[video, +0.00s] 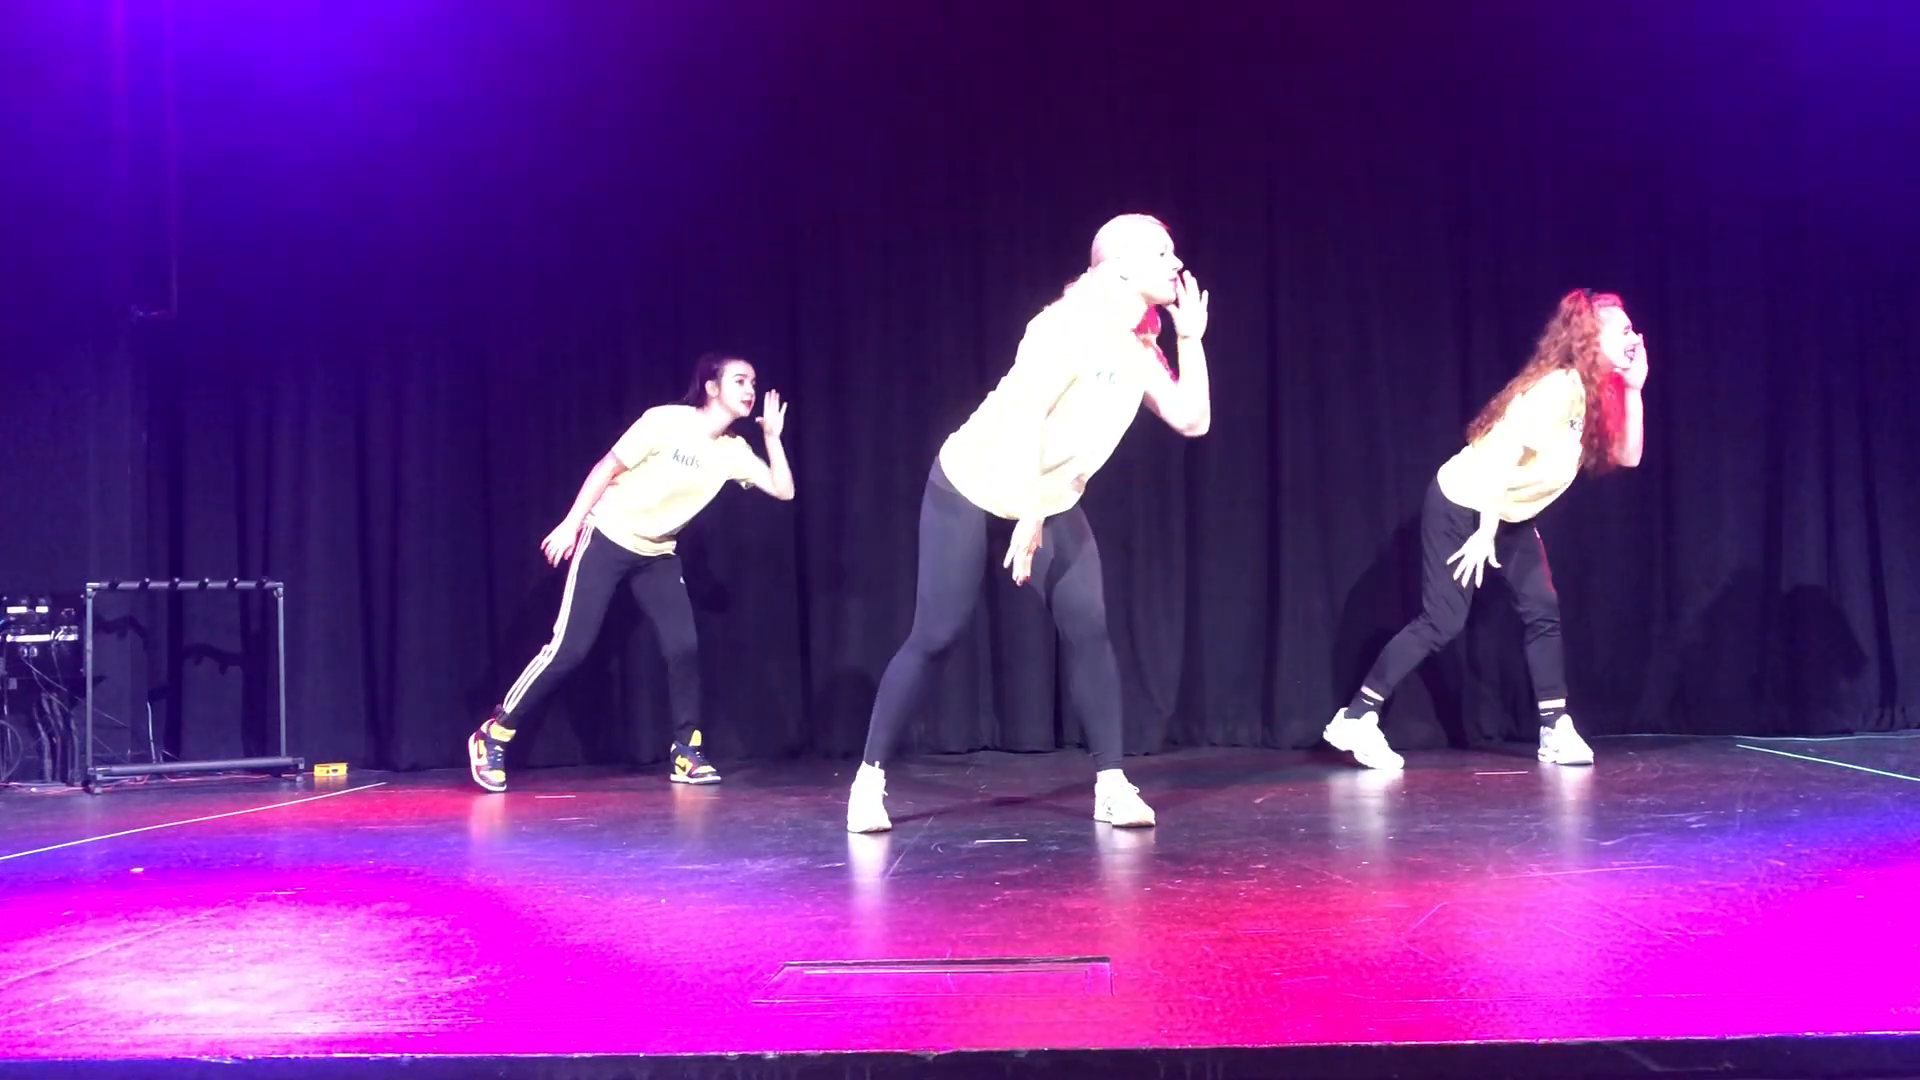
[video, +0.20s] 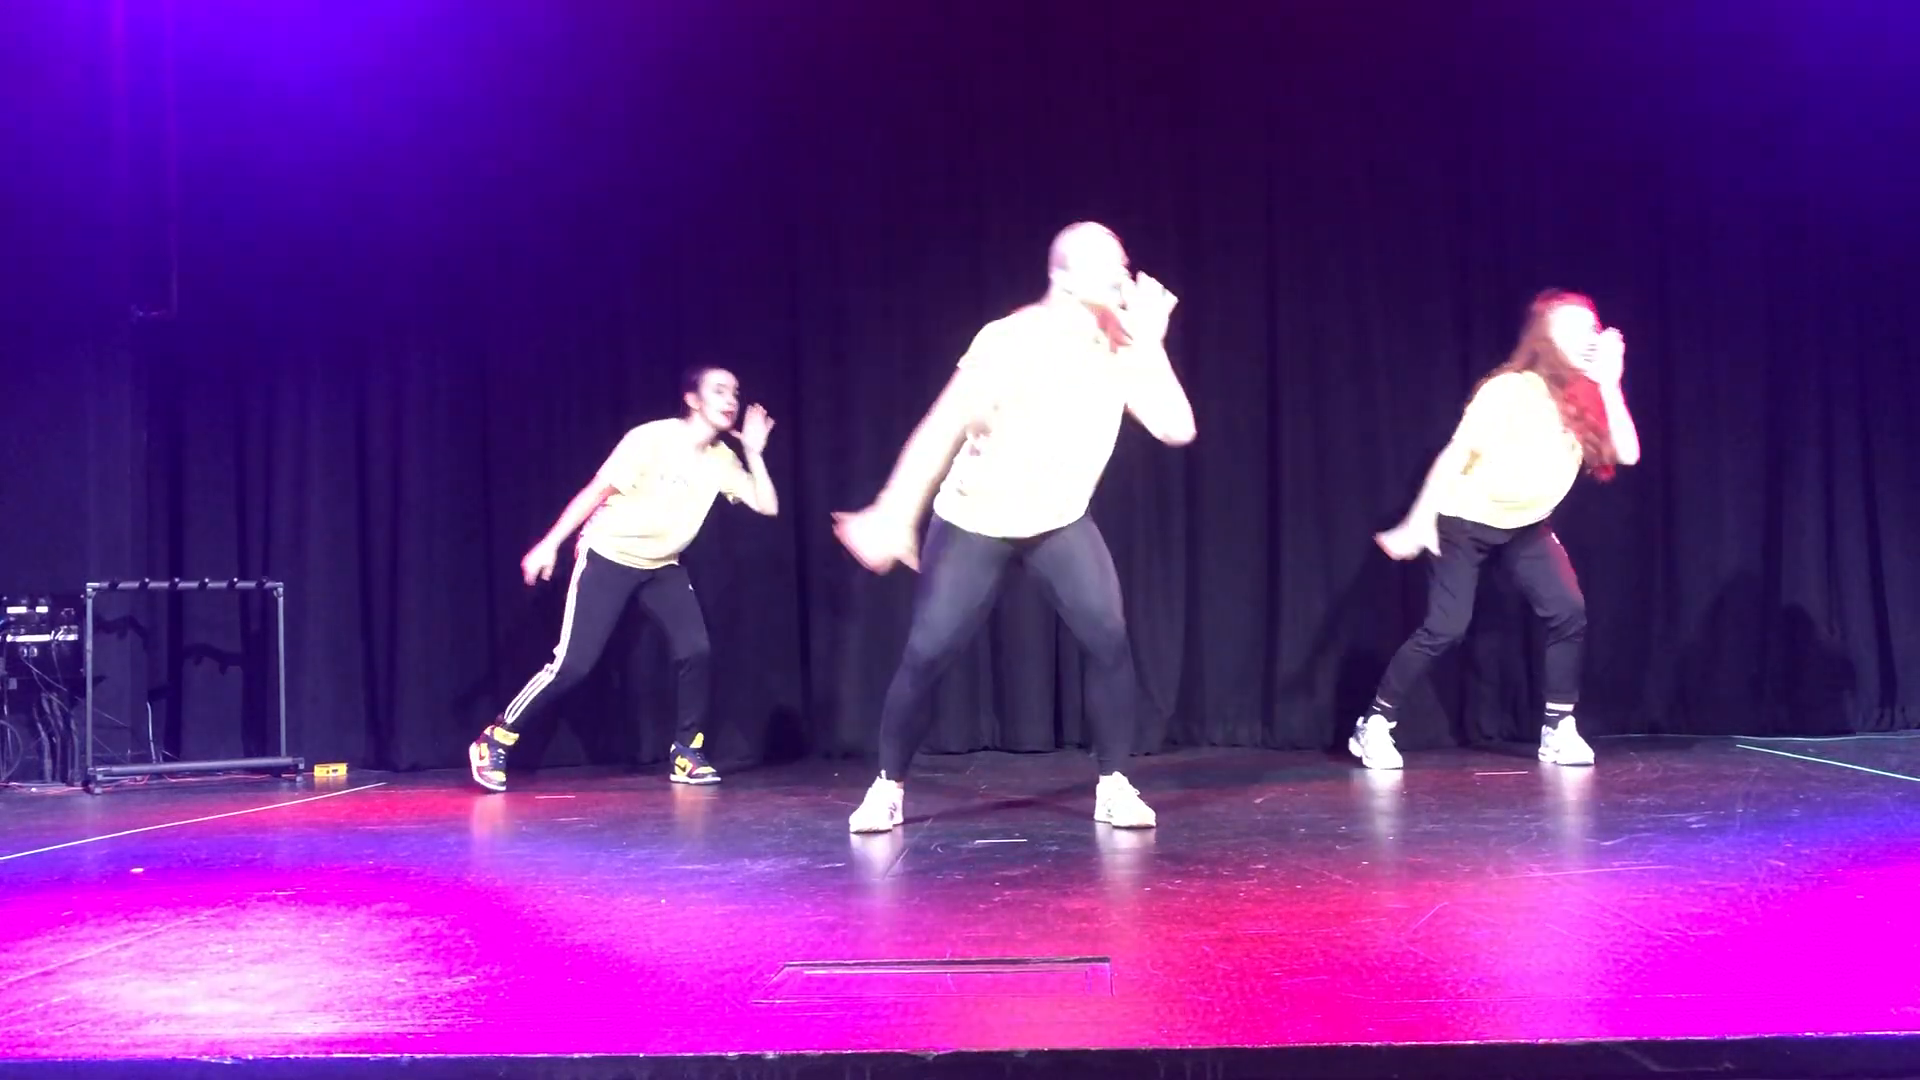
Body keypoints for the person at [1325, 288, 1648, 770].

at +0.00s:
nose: (1631, 339)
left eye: (1630, 330)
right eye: (1621, 331)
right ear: (1589, 338)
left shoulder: (1599, 394)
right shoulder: (1559, 386)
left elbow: (1627, 455)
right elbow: (1502, 447)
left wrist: (1634, 387)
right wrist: (1487, 526)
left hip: (1512, 513)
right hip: (1460, 502)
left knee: (1542, 613)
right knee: (1443, 618)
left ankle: (1555, 731)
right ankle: (1355, 718)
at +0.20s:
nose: (1588, 339)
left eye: (1592, 330)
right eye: (1575, 330)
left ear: (1598, 338)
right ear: (1545, 338)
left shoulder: (1586, 396)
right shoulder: (1506, 391)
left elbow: (1627, 453)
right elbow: (1454, 456)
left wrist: (1611, 383)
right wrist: (1418, 521)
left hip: (1527, 528)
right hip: (1463, 525)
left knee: (1567, 614)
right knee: (1446, 626)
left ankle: (1558, 731)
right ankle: (1374, 727)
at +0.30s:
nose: (1522, 329)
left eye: (1532, 317)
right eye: (1511, 319)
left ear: (1552, 323)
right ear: (1494, 328)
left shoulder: (1562, 382)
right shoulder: (1470, 380)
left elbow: (1599, 433)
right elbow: (1420, 442)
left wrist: (1562, 365)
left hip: (1528, 522)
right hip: (1458, 521)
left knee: (1565, 612)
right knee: (1437, 618)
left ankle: (1561, 730)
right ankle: (1386, 727)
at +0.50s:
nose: (1419, 324)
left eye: (1430, 313)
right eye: (1413, 316)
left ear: (1460, 317)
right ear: (1407, 328)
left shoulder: (1495, 360)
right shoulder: (1403, 380)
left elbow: (1493, 416)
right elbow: (1349, 429)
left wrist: (1449, 356)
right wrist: (1369, 367)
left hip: (1506, 503)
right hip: (1441, 515)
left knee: (1533, 610)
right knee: (1416, 616)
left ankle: (1596, 718)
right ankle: (1388, 729)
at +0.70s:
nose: (1357, 369)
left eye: (1367, 359)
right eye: (1354, 361)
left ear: (1398, 363)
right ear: (1352, 368)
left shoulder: (1436, 398)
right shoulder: (1368, 420)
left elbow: (1418, 458)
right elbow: (1324, 479)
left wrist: (1377, 399)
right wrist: (1341, 414)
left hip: (1485, 527)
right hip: (1429, 540)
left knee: (1491, 643)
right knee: (1393, 624)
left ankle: (1603, 712)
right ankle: (1385, 736)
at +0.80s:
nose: (1342, 362)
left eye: (1352, 352)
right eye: (1339, 354)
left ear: (1385, 354)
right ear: (1337, 362)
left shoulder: (1423, 390)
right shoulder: (1357, 414)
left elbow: (1404, 451)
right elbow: (1320, 478)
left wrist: (1360, 394)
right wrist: (1330, 408)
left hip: (1481, 518)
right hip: (1424, 534)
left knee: (1494, 634)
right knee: (1396, 625)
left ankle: (1602, 711)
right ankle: (1385, 736)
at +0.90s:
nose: (1336, 349)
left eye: (1345, 338)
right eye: (1332, 341)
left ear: (1378, 339)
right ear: (1331, 349)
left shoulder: (1416, 374)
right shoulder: (1349, 401)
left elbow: (1401, 435)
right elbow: (1315, 465)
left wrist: (1354, 379)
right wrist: (1324, 395)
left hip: (1477, 505)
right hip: (1423, 523)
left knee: (1503, 620)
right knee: (1402, 619)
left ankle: (1601, 710)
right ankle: (1386, 730)